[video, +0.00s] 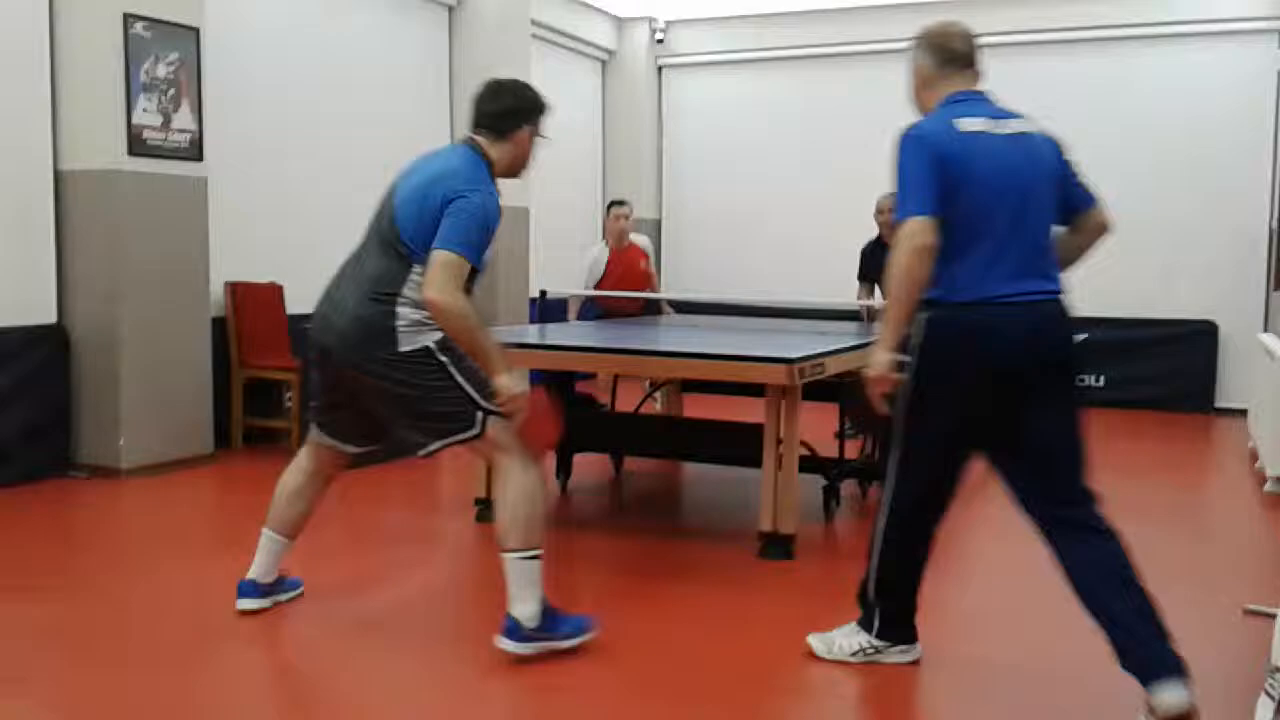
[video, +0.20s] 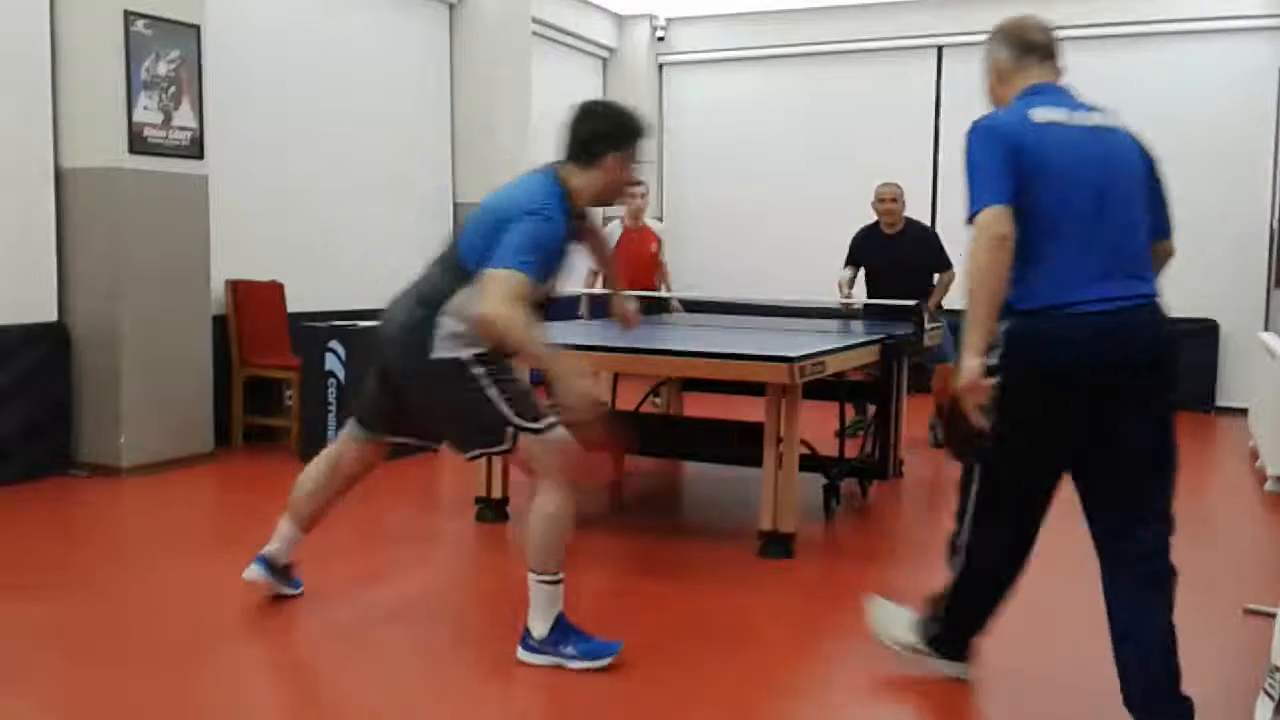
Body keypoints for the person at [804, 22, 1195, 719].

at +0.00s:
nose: (911, 87)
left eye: (912, 77)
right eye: (914, 76)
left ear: (923, 75)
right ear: (974, 71)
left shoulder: (923, 138)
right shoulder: (1033, 136)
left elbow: (918, 239)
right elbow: (1092, 221)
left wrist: (885, 344)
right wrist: (1034, 273)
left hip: (958, 341)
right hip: (1038, 336)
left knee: (914, 489)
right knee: (1067, 506)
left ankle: (885, 628)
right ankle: (1162, 673)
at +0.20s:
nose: (989, 88)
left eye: (988, 78)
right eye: (991, 78)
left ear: (998, 72)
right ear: (1055, 67)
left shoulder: (997, 130)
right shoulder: (1122, 134)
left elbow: (995, 233)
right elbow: (1159, 245)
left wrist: (972, 356)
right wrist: (1105, 300)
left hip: (1047, 347)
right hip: (1135, 343)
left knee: (1005, 505)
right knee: (1138, 543)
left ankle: (948, 634)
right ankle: (1162, 706)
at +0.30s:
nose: (1013, 71)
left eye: (1013, 60)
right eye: (1014, 61)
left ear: (1027, 50)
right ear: (1085, 48)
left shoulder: (1021, 103)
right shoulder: (1148, 118)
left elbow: (1020, 208)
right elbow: (1176, 238)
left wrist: (998, 335)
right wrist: (1134, 308)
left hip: (1071, 330)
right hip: (1160, 328)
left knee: (1036, 504)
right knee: (1160, 521)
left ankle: (1025, 670)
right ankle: (1168, 703)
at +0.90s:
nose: (957, 9)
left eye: (959, 3)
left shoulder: (953, 49)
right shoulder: (1120, 58)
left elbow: (934, 181)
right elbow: (1199, 189)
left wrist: (907, 341)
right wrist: (1143, 298)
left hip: (1006, 320)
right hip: (1122, 320)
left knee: (990, 568)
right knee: (1119, 555)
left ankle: (1030, 706)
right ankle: (1154, 706)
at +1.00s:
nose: (931, 12)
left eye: (933, 8)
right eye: (933, 10)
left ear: (946, 5)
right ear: (1029, 6)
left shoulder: (924, 84)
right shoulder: (1098, 89)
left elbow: (912, 231)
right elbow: (1158, 214)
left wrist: (864, 390)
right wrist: (1085, 306)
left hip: (968, 356)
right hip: (1091, 356)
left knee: (891, 588)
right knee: (1094, 605)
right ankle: (1121, 706)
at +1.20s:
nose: (1132, 25)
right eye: (1134, 18)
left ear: (1056, 9)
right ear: (1129, 18)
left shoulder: (974, 81)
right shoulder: (1142, 112)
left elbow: (926, 216)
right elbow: (1177, 272)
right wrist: (1208, 370)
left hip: (959, 349)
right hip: (1064, 360)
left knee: (941, 516)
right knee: (1163, 542)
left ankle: (858, 681)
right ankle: (1229, 708)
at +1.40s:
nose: (1233, 10)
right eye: (1233, 5)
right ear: (1229, 8)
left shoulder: (1071, 73)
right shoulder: (1256, 105)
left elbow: (1001, 211)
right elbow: (1278, 269)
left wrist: (1046, 281)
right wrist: (1272, 360)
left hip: (1044, 334)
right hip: (1166, 349)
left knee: (1043, 504)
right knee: (1238, 553)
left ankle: (927, 671)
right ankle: (1245, 707)